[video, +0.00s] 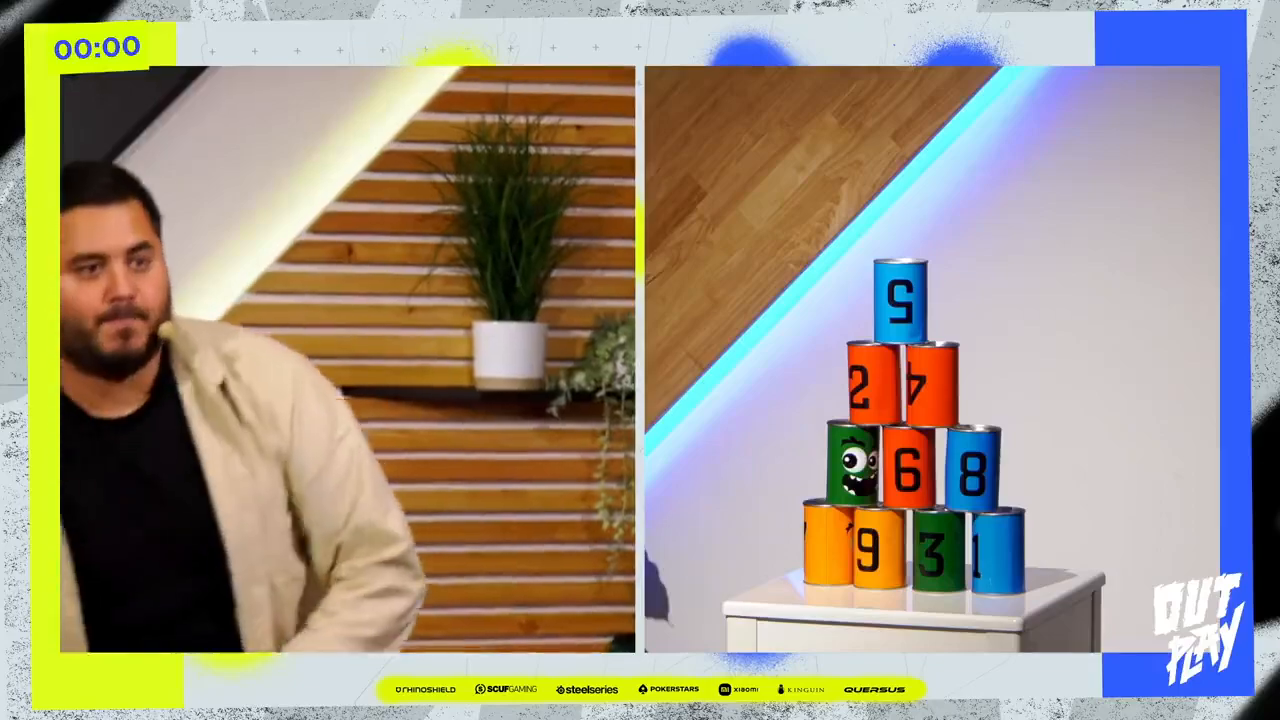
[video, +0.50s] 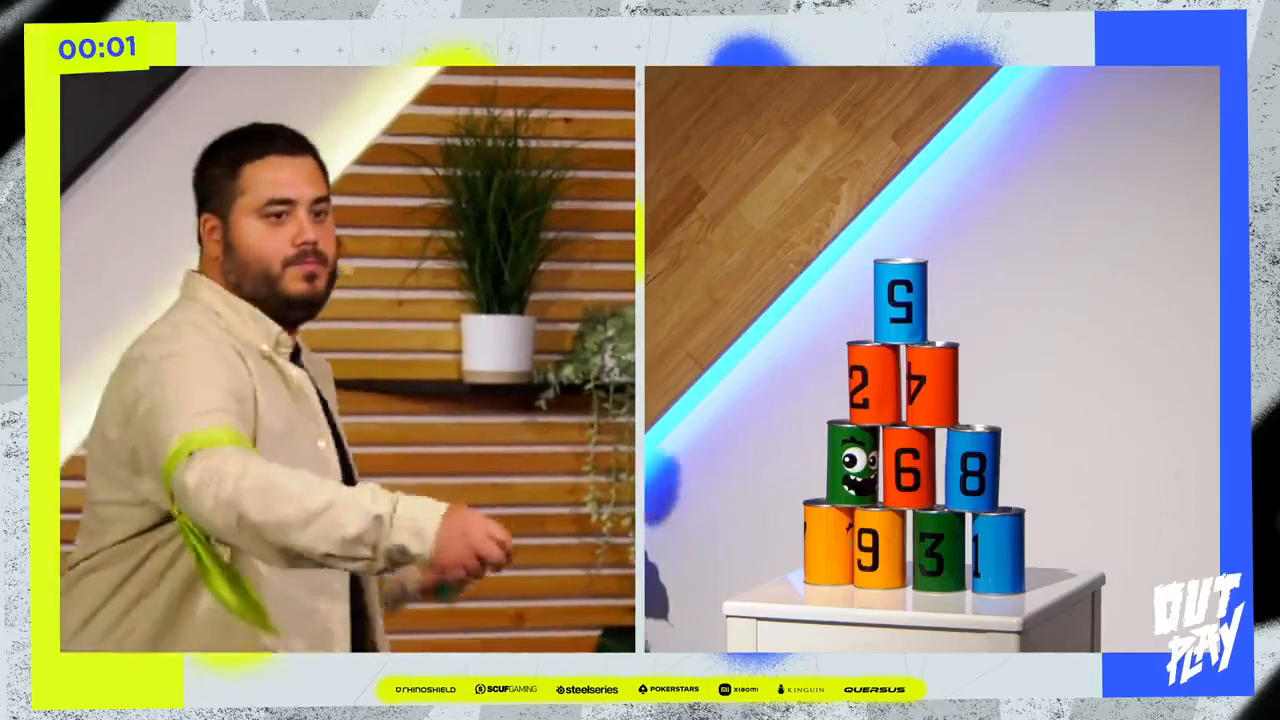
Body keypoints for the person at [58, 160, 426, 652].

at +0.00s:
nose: (122, 290)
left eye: (139, 260)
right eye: (88, 268)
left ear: (163, 262)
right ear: (40, 284)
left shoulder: (267, 382)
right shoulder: (6, 425)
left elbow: (384, 572)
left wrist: (276, 705)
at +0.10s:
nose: (175, 247)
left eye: (189, 218)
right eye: (140, 223)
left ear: (210, 225)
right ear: (83, 242)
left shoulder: (298, 352)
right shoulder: (28, 389)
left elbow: (424, 502)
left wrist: (364, 629)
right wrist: (143, 668)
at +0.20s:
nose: (225, 222)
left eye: (238, 194)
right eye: (191, 198)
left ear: (256, 204)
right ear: (132, 219)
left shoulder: (325, 342)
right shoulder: (69, 376)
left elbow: (419, 484)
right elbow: (50, 597)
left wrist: (450, 597)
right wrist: (236, 614)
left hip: (323, 700)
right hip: (146, 705)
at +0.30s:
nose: (271, 220)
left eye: (282, 195)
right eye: (237, 198)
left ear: (298, 205)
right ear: (176, 220)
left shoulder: (315, 340)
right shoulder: (132, 361)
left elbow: (405, 518)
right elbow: (128, 561)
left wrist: (478, 660)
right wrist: (334, 557)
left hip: (345, 687)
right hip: (197, 695)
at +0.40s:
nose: (300, 232)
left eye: (310, 208)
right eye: (267, 210)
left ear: (326, 222)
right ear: (204, 233)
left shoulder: (316, 360)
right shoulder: (162, 360)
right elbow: (189, 515)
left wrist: (421, 662)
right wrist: (401, 521)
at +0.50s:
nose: (310, 237)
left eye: (320, 213)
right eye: (277, 215)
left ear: (335, 226)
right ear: (214, 235)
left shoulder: (291, 370)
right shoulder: (184, 352)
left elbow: (269, 583)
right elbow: (216, 486)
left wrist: (413, 576)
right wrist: (415, 526)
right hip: (152, 694)